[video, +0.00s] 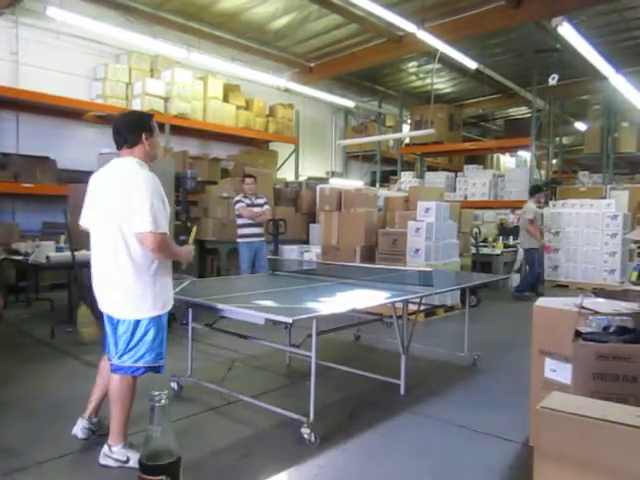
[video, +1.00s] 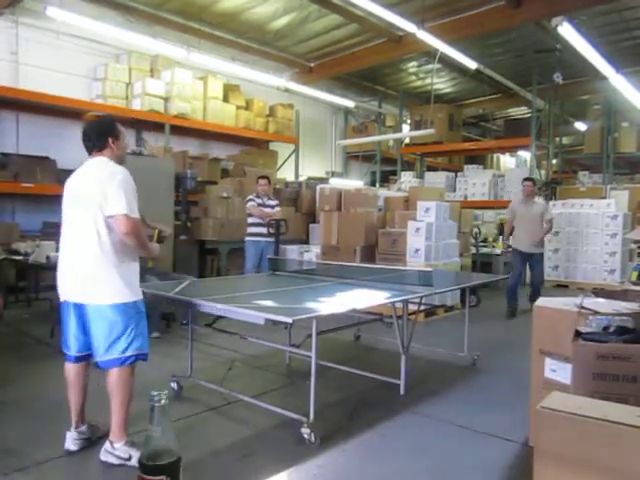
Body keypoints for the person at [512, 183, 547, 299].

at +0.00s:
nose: (542, 198)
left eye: (543, 195)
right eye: (540, 195)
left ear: (535, 195)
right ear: (535, 195)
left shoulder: (534, 208)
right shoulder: (530, 208)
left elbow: (533, 224)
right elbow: (528, 225)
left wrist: (540, 231)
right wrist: (539, 238)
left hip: (536, 243)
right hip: (530, 243)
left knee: (538, 269)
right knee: (534, 270)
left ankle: (534, 288)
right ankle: (519, 290)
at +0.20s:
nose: (538, 194)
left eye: (539, 192)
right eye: (537, 191)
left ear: (536, 192)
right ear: (530, 191)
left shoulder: (537, 204)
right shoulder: (520, 205)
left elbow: (538, 221)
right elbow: (516, 222)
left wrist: (544, 230)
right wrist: (528, 238)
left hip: (538, 240)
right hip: (525, 241)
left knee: (545, 266)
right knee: (524, 267)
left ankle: (537, 288)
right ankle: (518, 291)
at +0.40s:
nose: (536, 197)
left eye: (538, 195)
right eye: (535, 194)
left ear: (539, 195)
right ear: (529, 194)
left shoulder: (542, 208)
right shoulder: (518, 208)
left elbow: (544, 222)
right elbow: (512, 226)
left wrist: (543, 231)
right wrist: (520, 242)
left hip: (538, 244)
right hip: (523, 245)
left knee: (539, 272)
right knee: (521, 271)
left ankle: (540, 295)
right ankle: (520, 292)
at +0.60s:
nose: (534, 195)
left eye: (536, 192)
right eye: (532, 192)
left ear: (540, 194)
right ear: (528, 193)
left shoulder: (545, 211)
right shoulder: (519, 208)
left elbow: (548, 228)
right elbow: (511, 223)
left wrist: (542, 235)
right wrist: (511, 238)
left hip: (538, 247)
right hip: (521, 246)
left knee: (538, 276)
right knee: (521, 275)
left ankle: (534, 298)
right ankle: (522, 292)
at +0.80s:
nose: (532, 186)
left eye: (534, 184)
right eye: (530, 183)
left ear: (539, 186)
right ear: (526, 185)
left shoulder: (545, 204)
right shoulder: (517, 201)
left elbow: (550, 222)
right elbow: (510, 219)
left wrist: (542, 232)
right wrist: (507, 237)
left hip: (537, 244)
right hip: (519, 243)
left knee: (538, 277)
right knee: (519, 275)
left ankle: (534, 301)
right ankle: (521, 300)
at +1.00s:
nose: (526, 189)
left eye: (529, 186)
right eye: (524, 186)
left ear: (535, 189)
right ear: (522, 188)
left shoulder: (542, 205)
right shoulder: (515, 205)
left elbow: (549, 224)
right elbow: (509, 223)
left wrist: (542, 236)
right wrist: (505, 239)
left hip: (536, 249)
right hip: (518, 247)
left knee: (538, 280)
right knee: (514, 279)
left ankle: (534, 302)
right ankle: (511, 307)